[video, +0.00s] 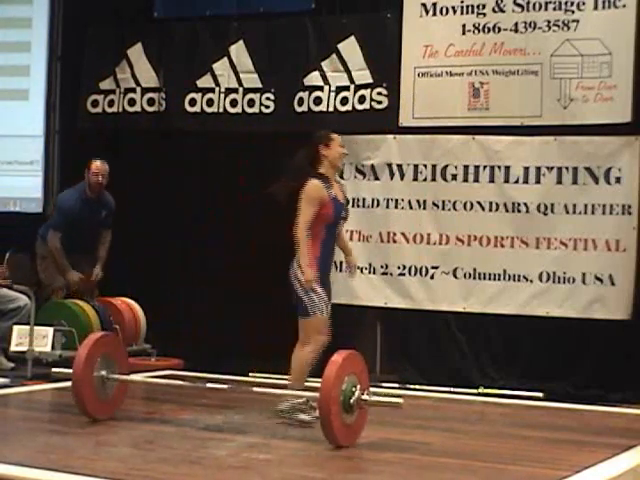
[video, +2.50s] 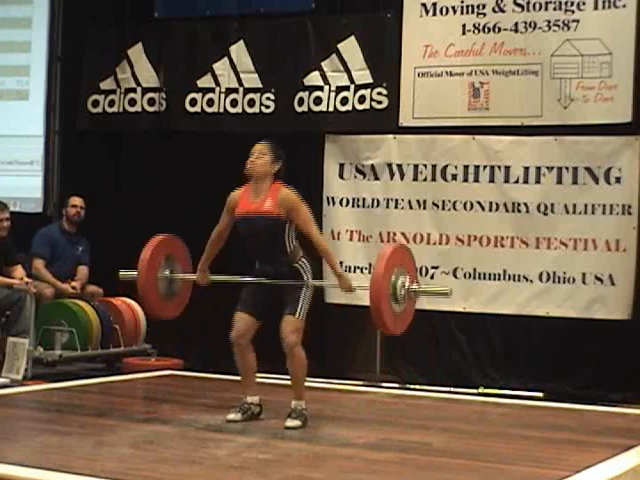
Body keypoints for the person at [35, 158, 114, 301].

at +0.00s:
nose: (100, 180)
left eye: (103, 176)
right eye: (95, 175)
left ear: (107, 178)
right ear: (87, 175)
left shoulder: (107, 203)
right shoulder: (68, 200)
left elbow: (105, 236)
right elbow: (53, 239)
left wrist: (99, 265)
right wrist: (68, 272)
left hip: (81, 246)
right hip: (51, 245)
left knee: (88, 288)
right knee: (57, 287)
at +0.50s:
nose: (78, 212)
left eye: (80, 208)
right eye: (73, 208)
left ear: (81, 210)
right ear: (61, 211)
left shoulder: (79, 238)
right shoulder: (41, 236)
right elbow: (28, 265)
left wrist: (82, 269)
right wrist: (56, 278)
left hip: (69, 285)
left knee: (95, 292)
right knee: (46, 293)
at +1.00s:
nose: (86, 211)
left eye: (86, 207)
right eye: (81, 207)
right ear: (68, 209)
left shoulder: (80, 240)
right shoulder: (46, 233)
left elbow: (81, 268)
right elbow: (35, 265)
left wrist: (76, 285)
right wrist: (57, 287)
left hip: (67, 281)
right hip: (44, 280)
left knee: (95, 292)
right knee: (45, 293)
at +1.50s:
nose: (91, 213)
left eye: (91, 209)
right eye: (86, 209)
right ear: (74, 211)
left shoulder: (83, 242)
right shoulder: (52, 231)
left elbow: (83, 268)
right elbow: (40, 262)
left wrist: (78, 283)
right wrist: (61, 284)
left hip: (69, 282)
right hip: (44, 280)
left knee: (95, 292)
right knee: (48, 292)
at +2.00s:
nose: (92, 214)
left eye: (92, 210)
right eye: (87, 209)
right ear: (75, 211)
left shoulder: (83, 242)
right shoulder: (52, 231)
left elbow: (83, 269)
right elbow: (40, 261)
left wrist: (78, 282)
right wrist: (61, 282)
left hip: (69, 283)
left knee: (95, 292)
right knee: (47, 292)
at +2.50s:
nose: (78, 211)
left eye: (81, 208)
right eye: (74, 206)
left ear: (84, 213)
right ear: (64, 211)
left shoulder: (82, 242)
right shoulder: (46, 234)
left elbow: (83, 269)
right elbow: (37, 268)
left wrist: (78, 283)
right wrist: (60, 286)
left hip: (68, 283)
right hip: (45, 280)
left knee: (96, 292)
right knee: (48, 292)